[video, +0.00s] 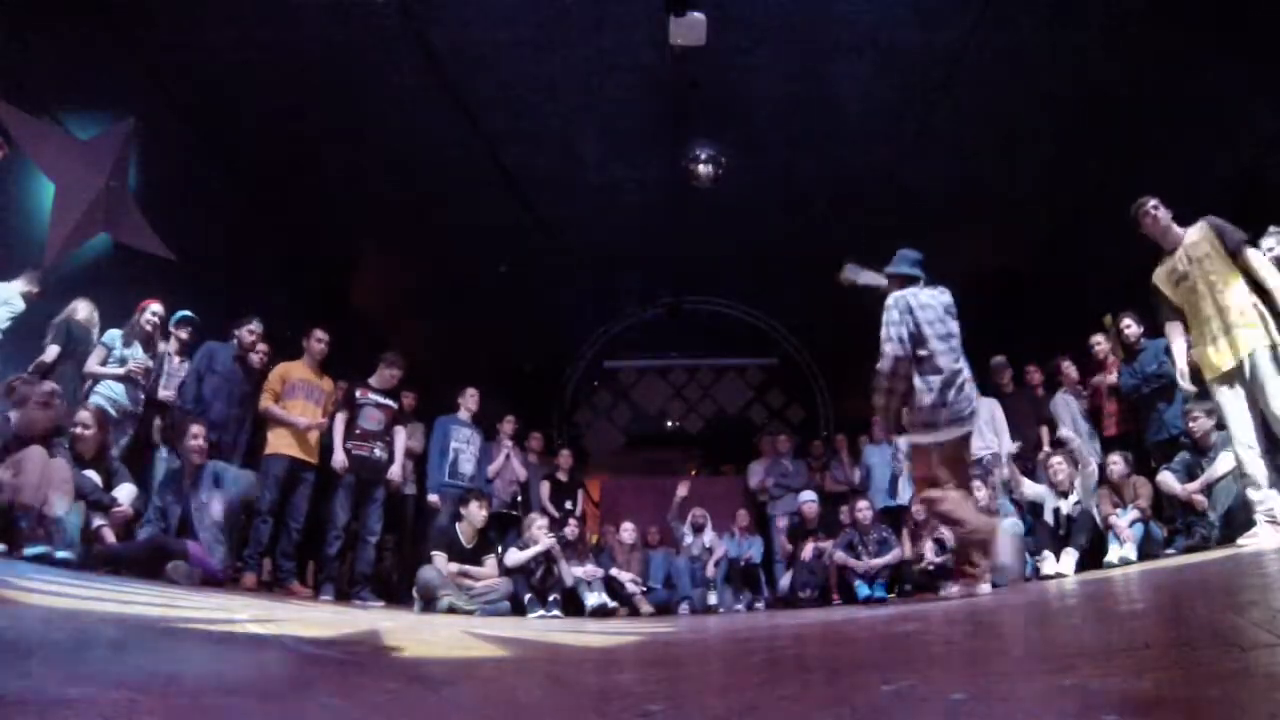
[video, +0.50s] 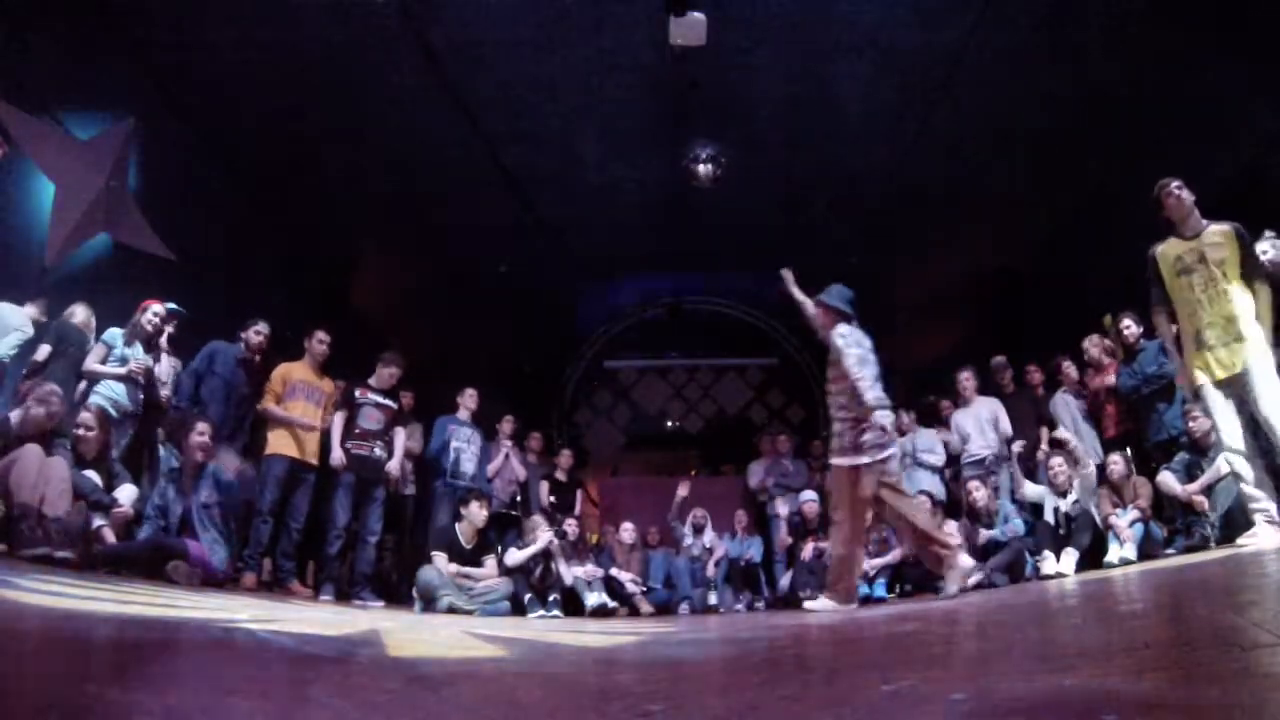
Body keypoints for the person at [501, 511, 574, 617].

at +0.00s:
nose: (545, 532)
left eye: (547, 528)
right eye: (539, 529)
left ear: (550, 530)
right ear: (528, 531)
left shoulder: (551, 550)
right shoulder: (519, 546)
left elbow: (569, 583)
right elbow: (509, 562)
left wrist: (559, 555)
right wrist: (541, 547)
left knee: (556, 572)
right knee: (519, 575)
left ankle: (554, 604)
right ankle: (532, 605)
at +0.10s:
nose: (545, 532)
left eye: (547, 528)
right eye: (540, 529)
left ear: (550, 530)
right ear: (529, 532)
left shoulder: (552, 550)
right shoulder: (519, 547)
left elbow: (569, 583)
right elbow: (509, 562)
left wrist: (559, 555)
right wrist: (541, 547)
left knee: (556, 571)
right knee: (519, 575)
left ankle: (554, 604)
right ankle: (532, 605)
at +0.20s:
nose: (546, 533)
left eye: (548, 529)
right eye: (541, 529)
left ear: (551, 531)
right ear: (530, 532)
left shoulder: (552, 550)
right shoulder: (519, 547)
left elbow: (569, 583)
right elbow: (509, 562)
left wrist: (559, 555)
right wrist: (540, 547)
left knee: (556, 571)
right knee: (518, 575)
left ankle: (554, 604)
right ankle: (531, 605)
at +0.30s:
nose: (547, 533)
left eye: (549, 529)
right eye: (542, 530)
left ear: (552, 530)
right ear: (530, 533)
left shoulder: (551, 550)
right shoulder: (519, 547)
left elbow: (569, 582)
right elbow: (509, 562)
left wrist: (558, 554)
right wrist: (540, 546)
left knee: (556, 571)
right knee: (518, 575)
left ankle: (554, 603)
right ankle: (532, 605)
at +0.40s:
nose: (548, 534)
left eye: (549, 530)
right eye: (543, 530)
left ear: (552, 531)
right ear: (532, 533)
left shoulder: (550, 551)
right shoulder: (519, 547)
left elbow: (569, 582)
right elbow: (509, 562)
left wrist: (557, 553)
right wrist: (540, 545)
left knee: (555, 572)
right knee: (518, 574)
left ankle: (554, 603)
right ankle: (531, 605)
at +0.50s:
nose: (548, 535)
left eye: (549, 531)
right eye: (543, 531)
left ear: (551, 532)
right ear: (532, 533)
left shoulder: (550, 550)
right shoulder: (519, 547)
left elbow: (568, 582)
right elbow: (509, 562)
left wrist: (557, 552)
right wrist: (539, 545)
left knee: (554, 571)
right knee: (518, 574)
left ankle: (554, 603)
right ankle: (531, 605)